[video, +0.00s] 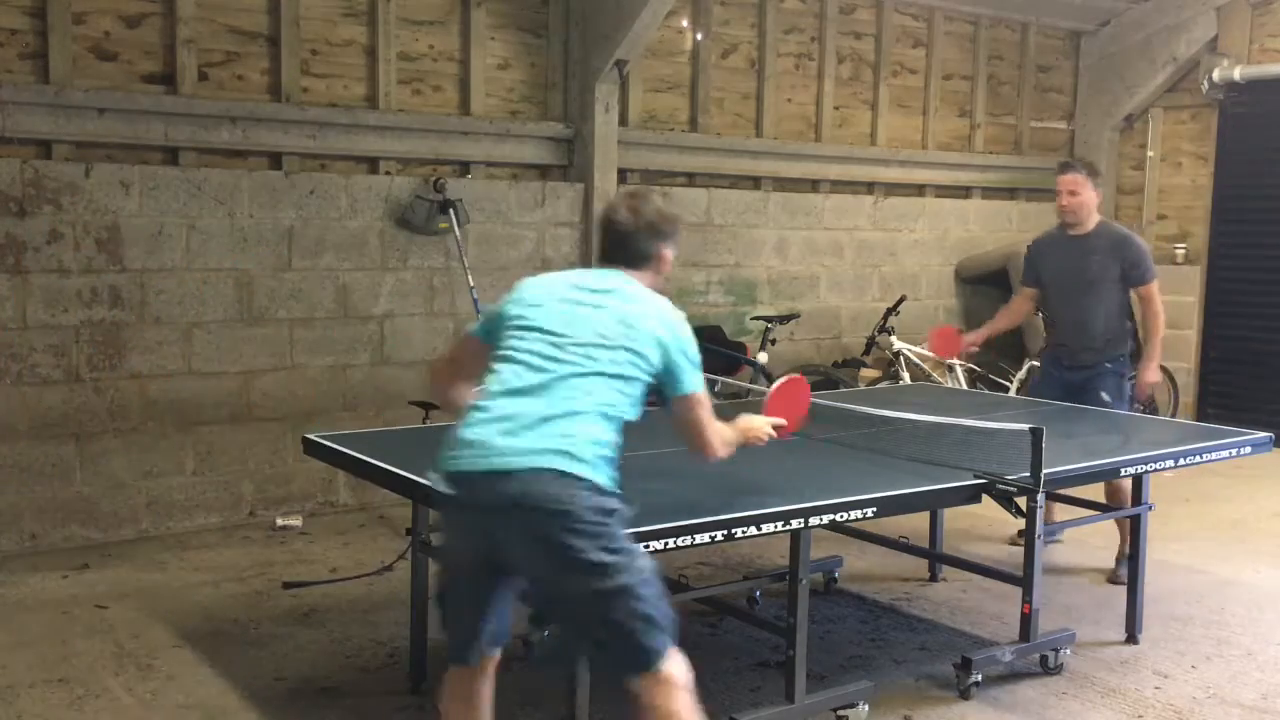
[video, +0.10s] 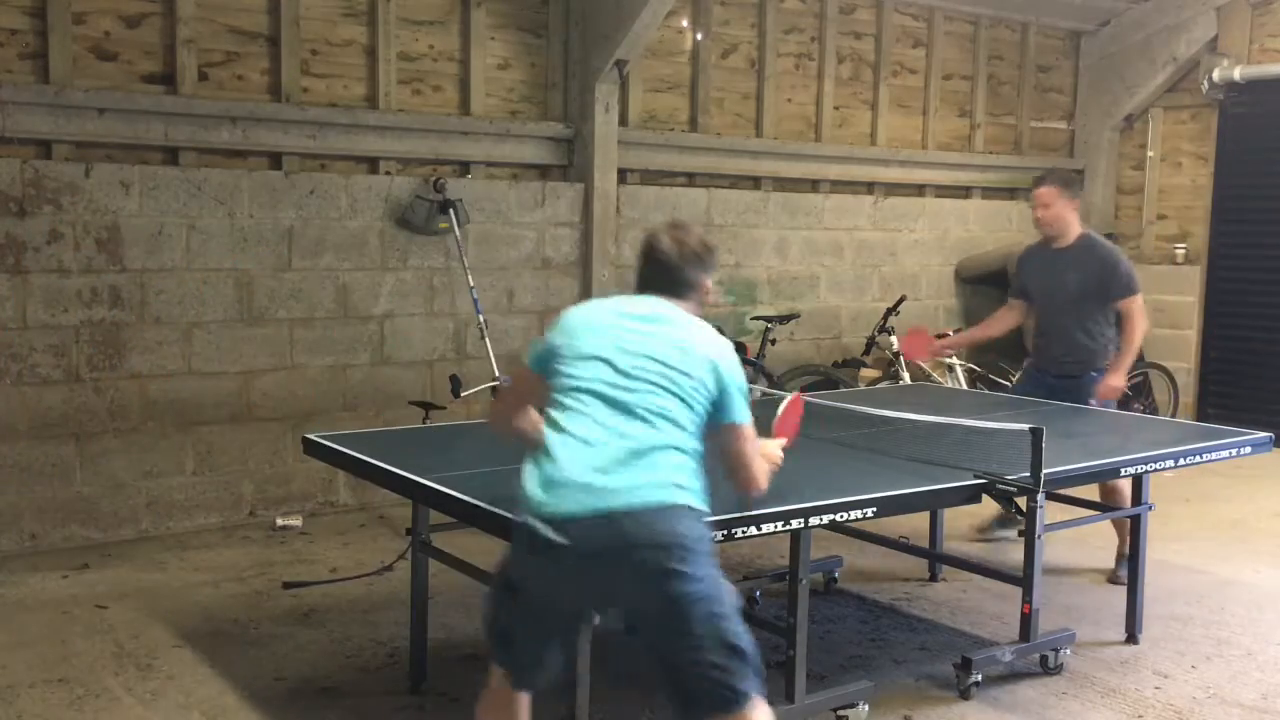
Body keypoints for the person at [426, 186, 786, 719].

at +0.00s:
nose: (673, 261)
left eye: (672, 249)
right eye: (673, 251)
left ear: (604, 244)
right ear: (663, 257)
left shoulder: (531, 290)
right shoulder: (663, 319)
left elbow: (448, 378)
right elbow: (710, 443)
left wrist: (502, 414)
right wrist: (742, 428)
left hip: (468, 483)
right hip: (563, 489)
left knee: (470, 661)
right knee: (662, 673)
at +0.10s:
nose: (716, 293)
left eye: (714, 283)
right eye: (713, 283)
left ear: (643, 277)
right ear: (703, 287)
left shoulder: (577, 320)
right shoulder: (714, 349)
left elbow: (508, 411)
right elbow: (752, 481)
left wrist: (562, 439)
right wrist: (764, 454)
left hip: (556, 521)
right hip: (662, 523)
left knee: (509, 675)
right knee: (736, 695)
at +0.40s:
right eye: (756, 275)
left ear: (685, 270)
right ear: (753, 280)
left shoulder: (636, 318)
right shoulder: (782, 339)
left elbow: (566, 430)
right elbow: (796, 474)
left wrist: (595, 461)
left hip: (662, 513)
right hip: (769, 511)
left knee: (574, 674)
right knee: (797, 694)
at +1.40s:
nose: (526, 231)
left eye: (528, 218)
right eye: (526, 218)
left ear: (455, 217)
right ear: (508, 224)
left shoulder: (384, 269)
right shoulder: (522, 296)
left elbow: (276, 337)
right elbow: (582, 394)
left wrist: (280, 401)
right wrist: (621, 404)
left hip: (372, 480)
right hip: (464, 480)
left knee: (353, 660)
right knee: (461, 638)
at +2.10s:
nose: (416, 182)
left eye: (414, 169)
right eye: (407, 170)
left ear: (371, 180)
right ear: (375, 180)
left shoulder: (333, 237)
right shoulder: (350, 245)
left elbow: (333, 347)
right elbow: (329, 357)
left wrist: (393, 381)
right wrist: (400, 395)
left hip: (265, 404)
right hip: (285, 411)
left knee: (283, 546)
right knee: (322, 557)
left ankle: (258, 672)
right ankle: (283, 696)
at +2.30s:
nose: (408, 195)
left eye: (405, 183)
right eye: (398, 184)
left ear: (365, 196)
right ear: (363, 195)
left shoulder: (350, 260)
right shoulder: (331, 261)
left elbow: (337, 352)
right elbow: (309, 371)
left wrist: (392, 392)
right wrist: (390, 403)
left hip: (272, 411)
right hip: (254, 416)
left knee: (265, 537)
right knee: (284, 562)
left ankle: (243, 627)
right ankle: (266, 696)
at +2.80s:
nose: (401, 249)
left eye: (404, 236)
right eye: (389, 235)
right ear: (347, 236)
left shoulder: (374, 290)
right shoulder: (295, 300)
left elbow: (393, 344)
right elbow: (283, 409)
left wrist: (441, 386)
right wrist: (321, 453)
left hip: (287, 430)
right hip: (236, 426)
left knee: (266, 549)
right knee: (266, 573)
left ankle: (235, 629)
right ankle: (249, 702)